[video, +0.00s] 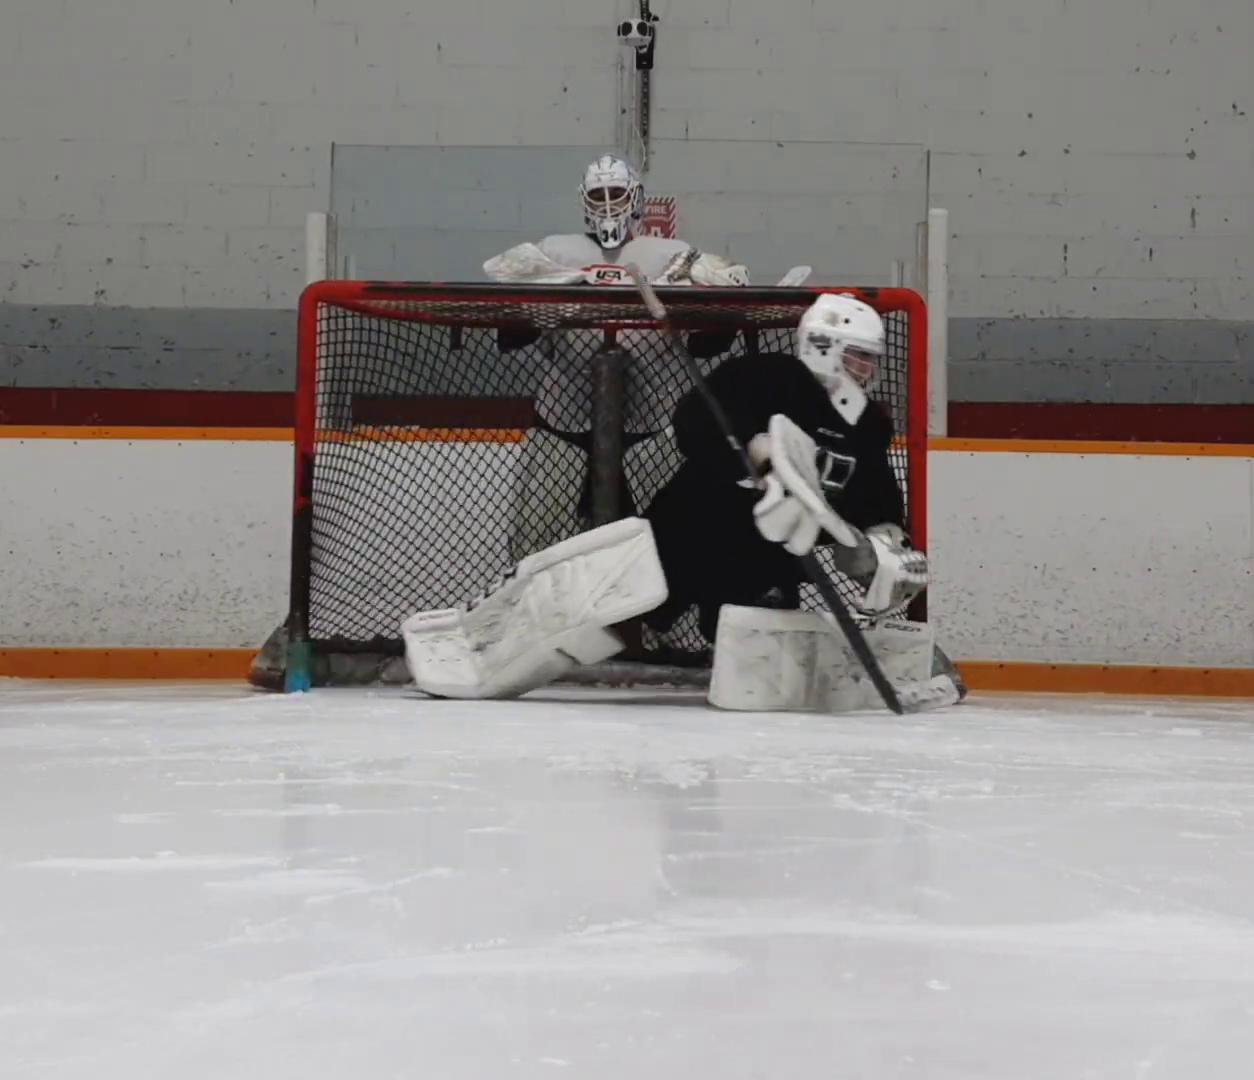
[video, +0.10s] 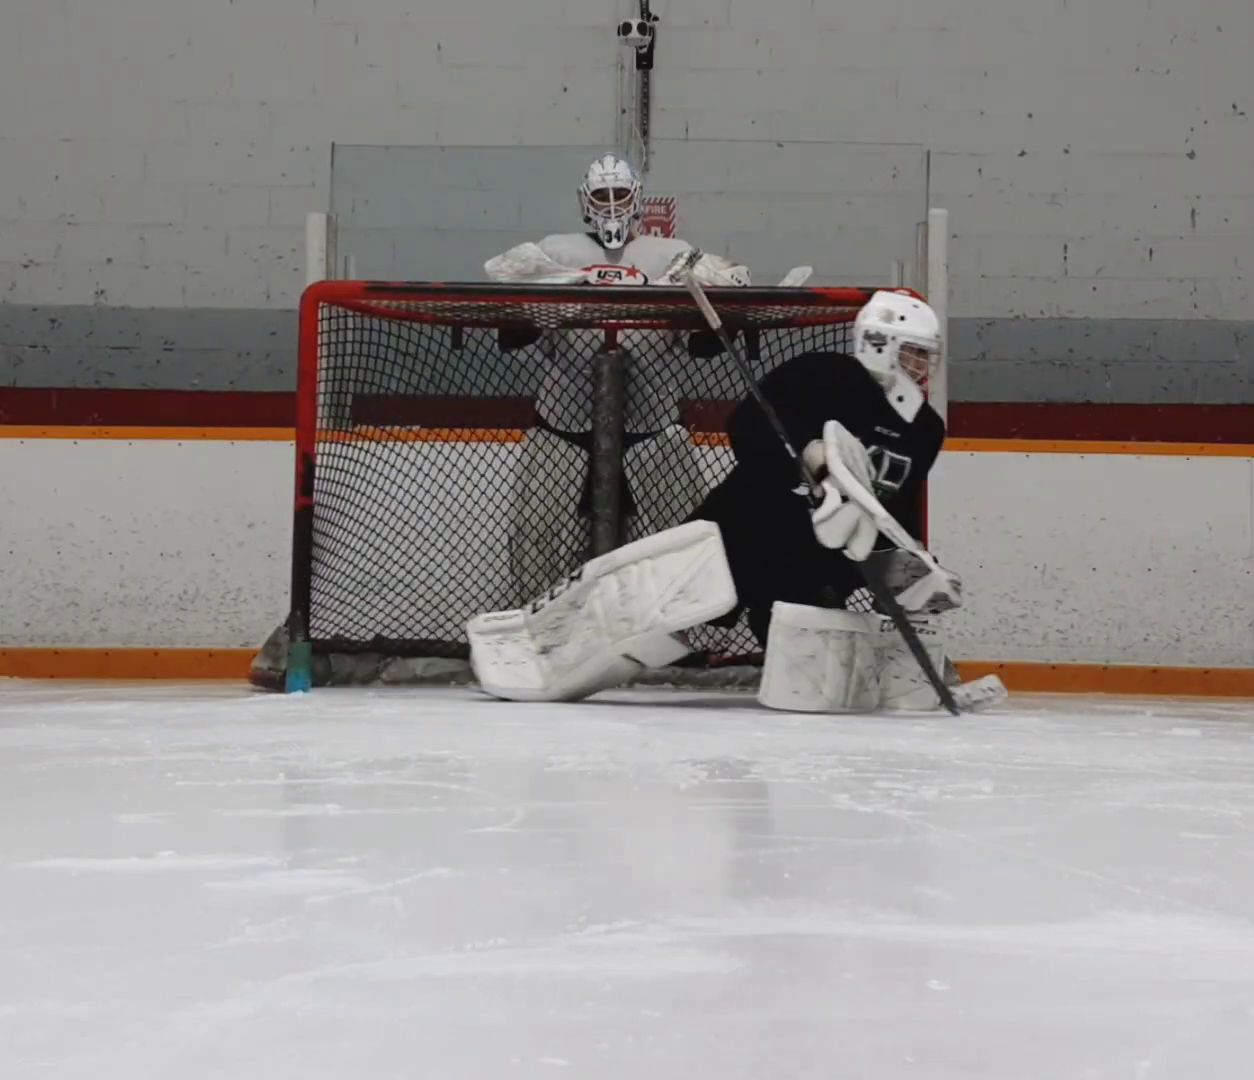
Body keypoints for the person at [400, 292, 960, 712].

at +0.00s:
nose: (866, 372)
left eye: (872, 362)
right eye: (857, 359)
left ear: (870, 364)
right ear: (818, 348)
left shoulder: (867, 426)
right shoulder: (765, 376)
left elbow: (883, 508)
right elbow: (692, 416)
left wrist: (876, 536)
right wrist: (753, 453)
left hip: (782, 566)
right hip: (695, 539)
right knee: (587, 610)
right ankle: (479, 652)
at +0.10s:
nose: (925, 368)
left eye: (930, 357)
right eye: (915, 354)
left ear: (929, 358)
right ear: (878, 346)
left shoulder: (924, 430)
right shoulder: (826, 373)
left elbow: (900, 514)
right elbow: (752, 422)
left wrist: (914, 571)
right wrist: (804, 460)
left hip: (821, 567)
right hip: (748, 534)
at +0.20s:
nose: (970, 372)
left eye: (977, 362)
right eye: (961, 358)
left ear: (980, 364)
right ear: (923, 349)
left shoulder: (961, 435)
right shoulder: (874, 376)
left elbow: (919, 516)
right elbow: (791, 421)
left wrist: (911, 565)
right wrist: (833, 455)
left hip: (846, 552)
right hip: (775, 524)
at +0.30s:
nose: (982, 368)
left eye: (992, 361)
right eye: (974, 354)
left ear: (1002, 367)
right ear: (941, 344)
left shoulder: (977, 431)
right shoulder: (901, 372)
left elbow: (933, 518)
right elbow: (808, 409)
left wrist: (917, 560)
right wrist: (847, 449)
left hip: (860, 550)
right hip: (784, 523)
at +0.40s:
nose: (988, 355)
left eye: (999, 347)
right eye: (979, 340)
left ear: (1008, 351)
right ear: (945, 330)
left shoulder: (989, 419)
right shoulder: (901, 362)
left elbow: (938, 503)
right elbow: (788, 391)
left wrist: (938, 563)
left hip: (869, 530)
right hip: (786, 503)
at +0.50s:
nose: (980, 324)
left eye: (990, 315)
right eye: (969, 310)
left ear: (1001, 318)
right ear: (934, 301)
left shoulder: (997, 389)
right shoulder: (895, 338)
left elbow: (950, 467)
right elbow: (778, 359)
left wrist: (981, 526)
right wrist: (778, 387)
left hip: (878, 515)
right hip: (786, 482)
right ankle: (752, 671)